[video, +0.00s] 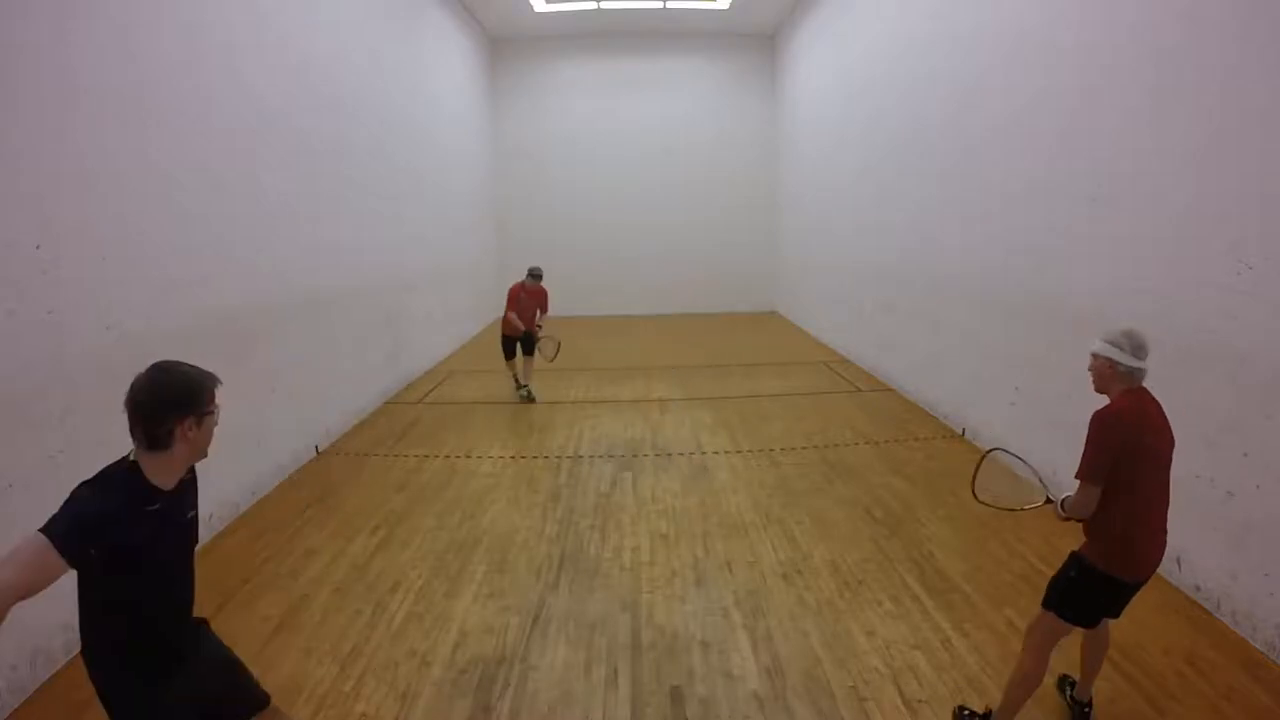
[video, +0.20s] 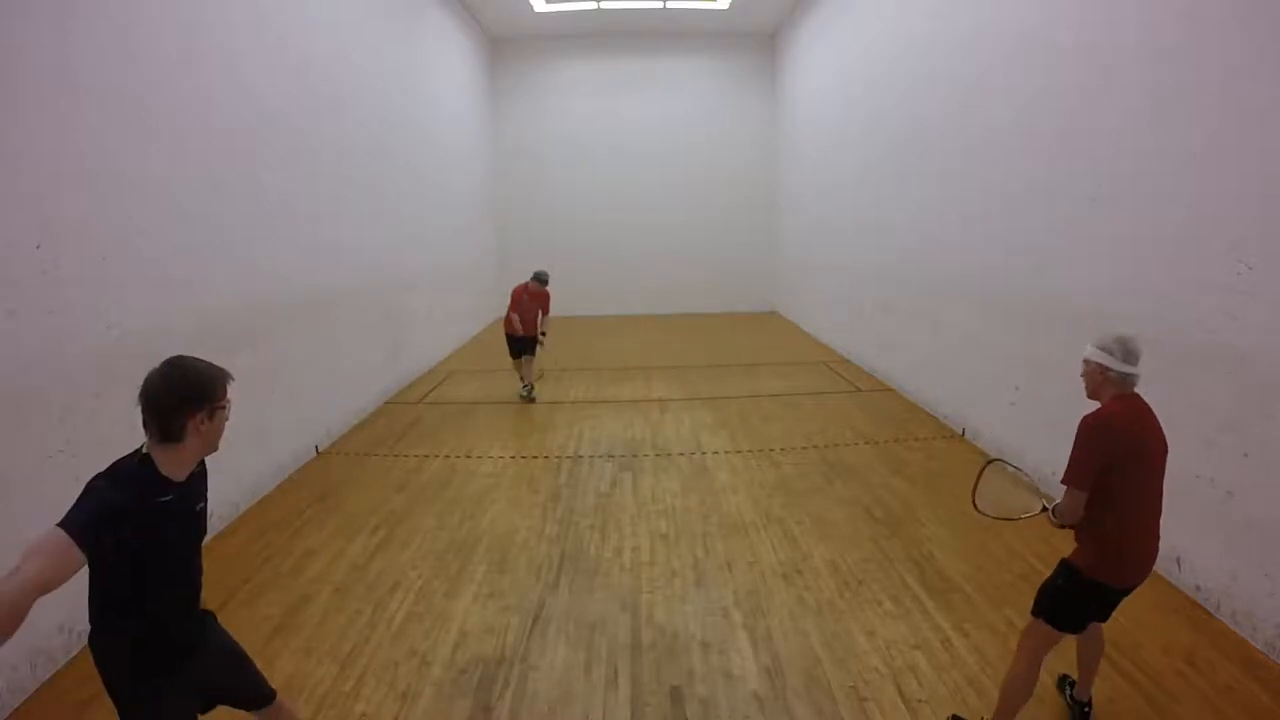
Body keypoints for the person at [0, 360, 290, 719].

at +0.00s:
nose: (217, 421)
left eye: (214, 412)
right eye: (212, 414)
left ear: (186, 431)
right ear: (188, 429)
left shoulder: (182, 473)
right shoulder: (99, 505)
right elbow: (7, 588)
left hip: (183, 637)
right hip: (130, 669)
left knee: (262, 709)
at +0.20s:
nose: (228, 415)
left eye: (226, 406)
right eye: (223, 408)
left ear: (193, 424)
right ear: (199, 423)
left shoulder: (192, 467)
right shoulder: (114, 495)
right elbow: (22, 584)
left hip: (191, 628)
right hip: (138, 661)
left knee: (269, 705)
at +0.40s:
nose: (227, 418)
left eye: (225, 409)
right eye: (223, 410)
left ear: (194, 426)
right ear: (199, 425)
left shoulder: (190, 469)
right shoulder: (115, 496)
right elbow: (21, 584)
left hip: (189, 628)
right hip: (133, 657)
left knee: (269, 706)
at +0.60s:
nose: (224, 418)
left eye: (222, 409)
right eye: (220, 411)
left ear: (191, 426)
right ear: (197, 425)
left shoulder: (186, 468)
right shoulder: (110, 495)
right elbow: (18, 578)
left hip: (185, 632)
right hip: (130, 662)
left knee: (270, 708)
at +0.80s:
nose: (223, 416)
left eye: (221, 407)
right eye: (219, 409)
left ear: (191, 425)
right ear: (196, 424)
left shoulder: (187, 469)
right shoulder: (110, 495)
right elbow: (19, 578)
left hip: (185, 632)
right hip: (130, 663)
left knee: (273, 712)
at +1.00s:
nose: (228, 412)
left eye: (227, 403)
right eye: (224, 404)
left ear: (196, 420)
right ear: (201, 419)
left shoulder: (195, 466)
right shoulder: (117, 489)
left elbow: (175, 553)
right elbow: (22, 568)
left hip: (187, 627)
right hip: (132, 651)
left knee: (279, 711)